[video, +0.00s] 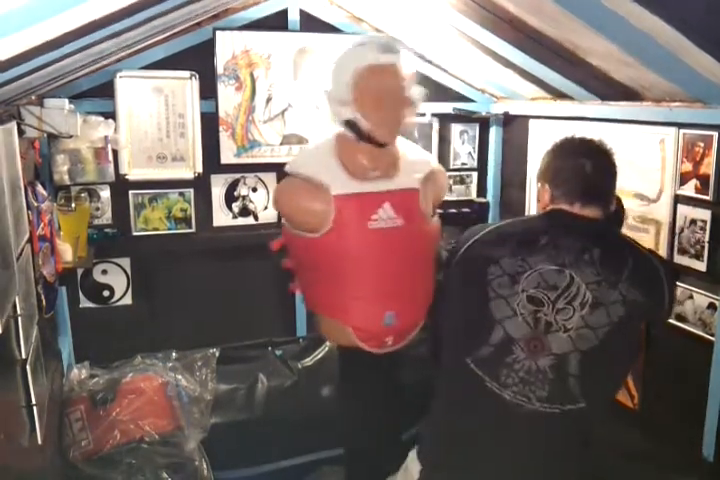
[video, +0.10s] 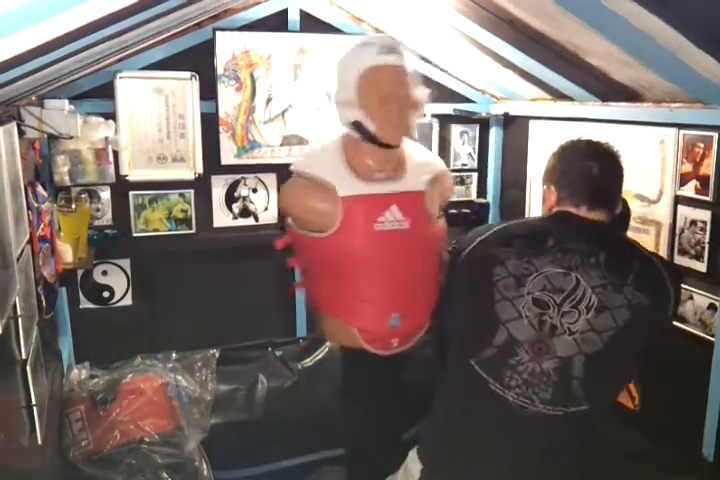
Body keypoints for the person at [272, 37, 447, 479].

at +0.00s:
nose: (410, 99)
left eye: (408, 87)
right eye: (394, 87)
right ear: (353, 98)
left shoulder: (428, 176)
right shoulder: (305, 185)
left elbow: (428, 258)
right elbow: (313, 276)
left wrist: (414, 311)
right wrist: (345, 325)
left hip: (416, 347)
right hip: (347, 357)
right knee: (366, 466)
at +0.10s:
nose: (408, 102)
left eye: (409, 89)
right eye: (392, 91)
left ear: (417, 97)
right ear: (357, 100)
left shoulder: (434, 175)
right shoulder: (312, 182)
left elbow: (439, 257)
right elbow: (314, 274)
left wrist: (424, 309)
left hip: (421, 350)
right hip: (352, 360)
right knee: (369, 466)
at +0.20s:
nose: (435, 113)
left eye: (441, 101)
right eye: (421, 100)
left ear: (448, 106)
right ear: (383, 101)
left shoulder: (449, 179)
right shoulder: (331, 180)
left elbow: (457, 260)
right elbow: (324, 275)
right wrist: (374, 318)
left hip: (431, 356)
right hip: (366, 362)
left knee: (428, 461)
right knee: (373, 467)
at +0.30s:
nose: (424, 104)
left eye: (428, 92)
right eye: (408, 91)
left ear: (434, 99)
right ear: (369, 99)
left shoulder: (442, 179)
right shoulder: (323, 182)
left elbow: (440, 257)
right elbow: (319, 283)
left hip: (424, 351)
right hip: (359, 360)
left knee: (417, 460)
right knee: (371, 468)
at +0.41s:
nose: (403, 109)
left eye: (407, 96)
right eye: (387, 97)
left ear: (416, 101)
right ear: (351, 102)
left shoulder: (433, 176)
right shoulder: (313, 186)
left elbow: (436, 245)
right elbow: (318, 277)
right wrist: (352, 326)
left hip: (421, 344)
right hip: (355, 355)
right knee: (369, 464)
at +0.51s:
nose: (417, 113)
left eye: (424, 102)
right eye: (403, 100)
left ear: (433, 106)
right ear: (365, 102)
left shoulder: (442, 179)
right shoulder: (323, 181)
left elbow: (442, 255)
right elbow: (321, 276)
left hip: (426, 351)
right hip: (360, 360)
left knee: (420, 458)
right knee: (372, 467)